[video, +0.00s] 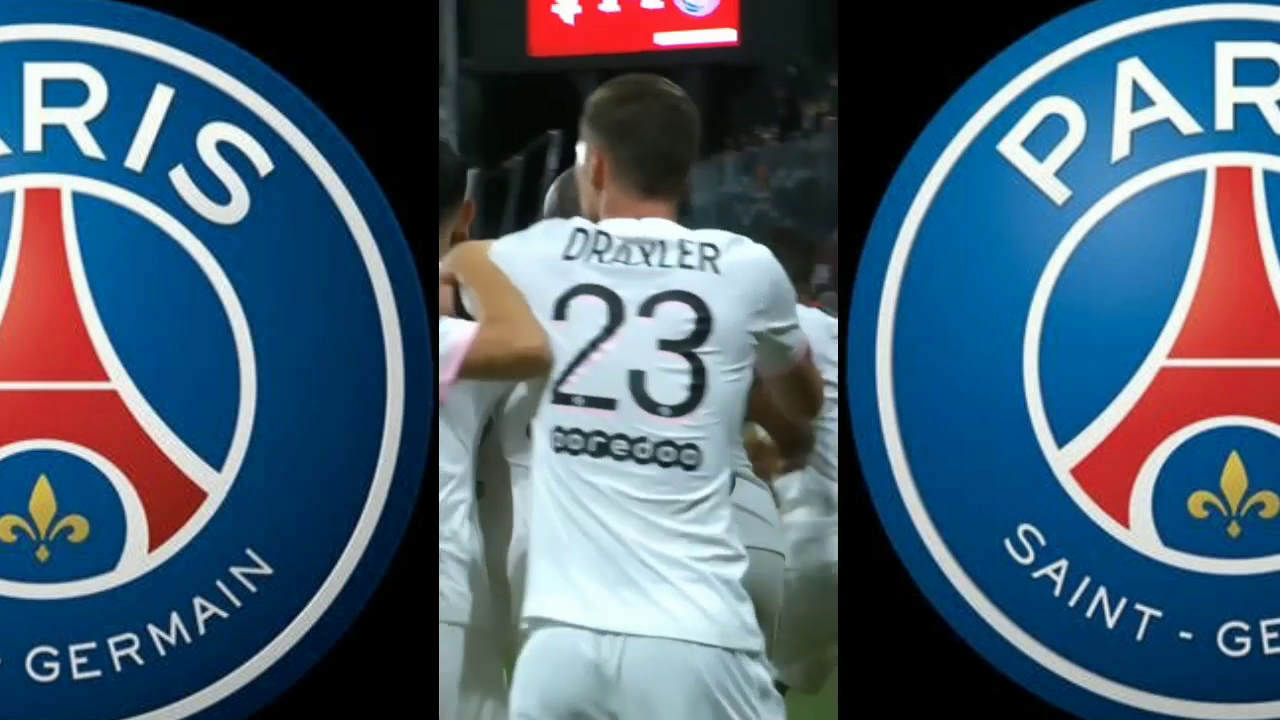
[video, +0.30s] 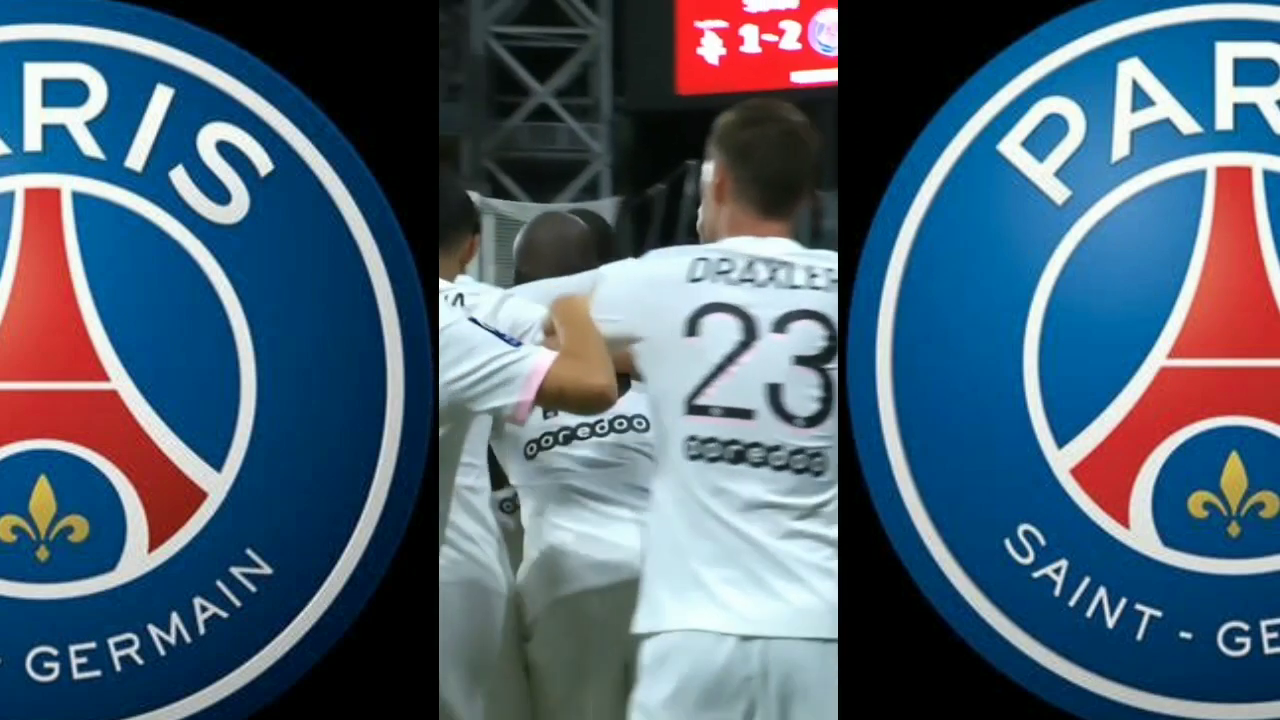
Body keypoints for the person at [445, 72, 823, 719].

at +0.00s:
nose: (578, 169)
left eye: (580, 153)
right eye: (579, 154)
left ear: (596, 164)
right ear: (685, 170)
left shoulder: (523, 256)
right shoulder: (749, 269)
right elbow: (798, 414)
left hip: (558, 636)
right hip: (699, 646)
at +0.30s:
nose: (700, 186)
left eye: (705, 171)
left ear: (716, 182)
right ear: (809, 200)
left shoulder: (655, 281)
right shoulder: (849, 284)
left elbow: (510, 319)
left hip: (695, 629)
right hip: (826, 627)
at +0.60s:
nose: (830, 188)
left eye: (831, 177)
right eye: (834, 176)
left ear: (833, 191)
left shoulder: (781, 302)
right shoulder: (962, 288)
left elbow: (768, 487)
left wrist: (719, 587)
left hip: (826, 604)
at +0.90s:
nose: (626, 288)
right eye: (622, 277)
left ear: (537, 271)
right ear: (609, 279)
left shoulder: (509, 331)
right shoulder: (625, 332)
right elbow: (758, 367)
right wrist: (804, 332)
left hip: (520, 573)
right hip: (616, 572)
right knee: (625, 710)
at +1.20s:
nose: (626, 288)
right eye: (622, 277)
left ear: (537, 271)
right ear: (609, 279)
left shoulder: (509, 331)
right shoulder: (625, 332)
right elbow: (758, 367)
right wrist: (804, 332)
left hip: (520, 573)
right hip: (616, 572)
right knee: (625, 710)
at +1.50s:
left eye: (587, 275)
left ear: (592, 277)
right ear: (667, 285)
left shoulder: (541, 347)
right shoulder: (693, 363)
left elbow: (463, 473)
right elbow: (799, 457)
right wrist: (828, 505)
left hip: (553, 620)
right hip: (653, 626)